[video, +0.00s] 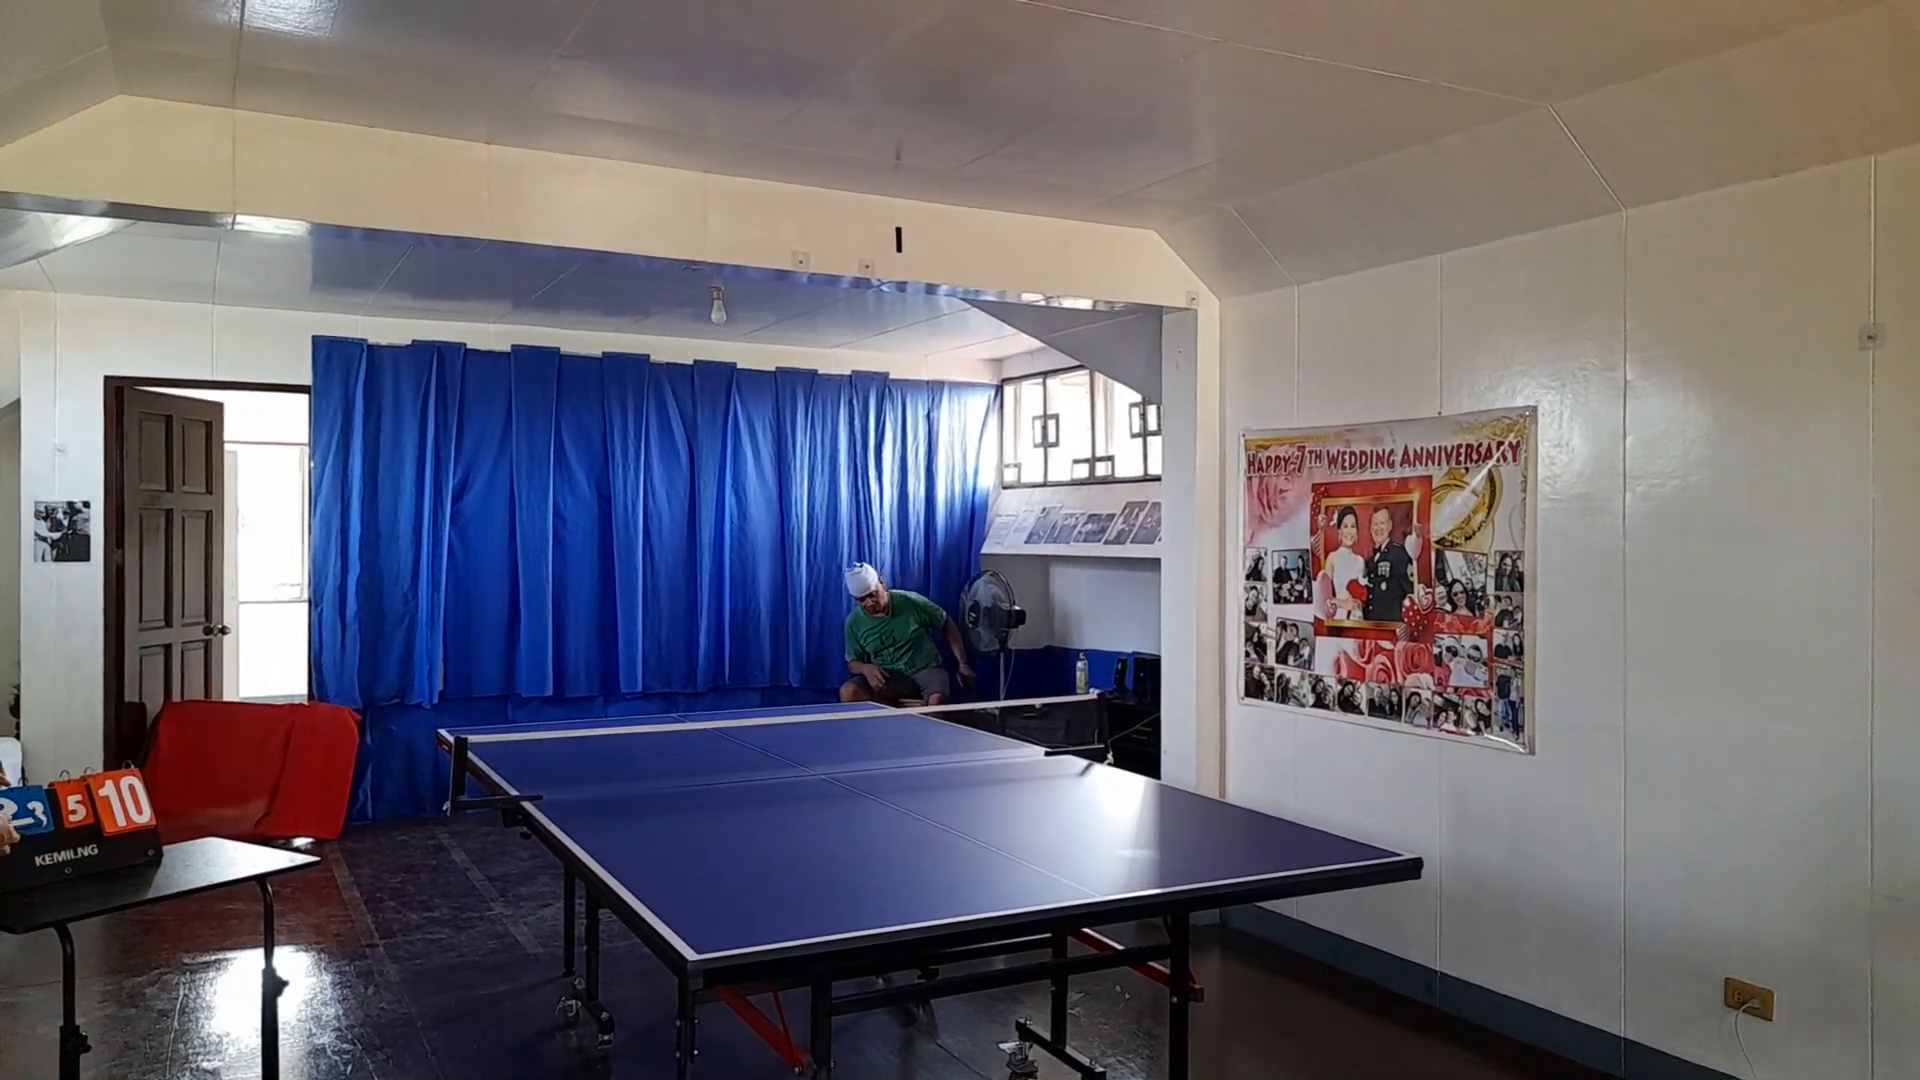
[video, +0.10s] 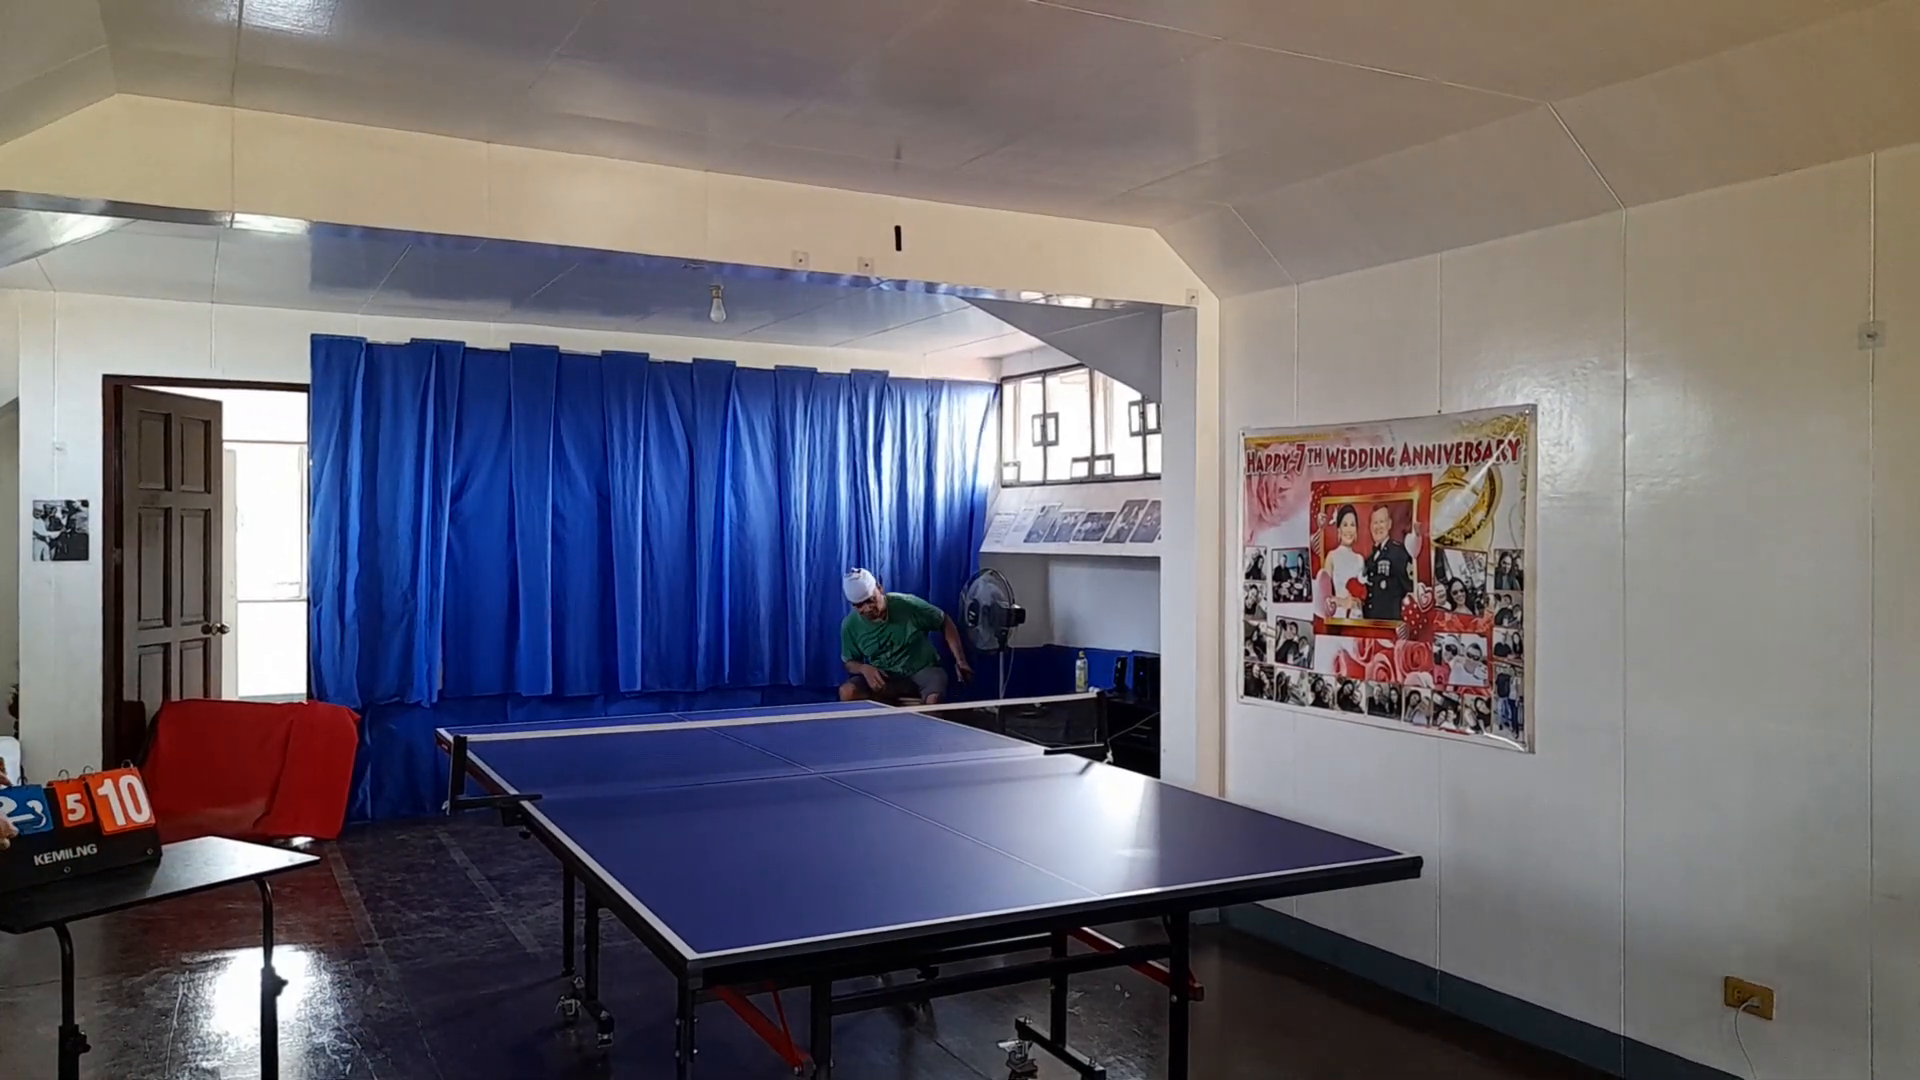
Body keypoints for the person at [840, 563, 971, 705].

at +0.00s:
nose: (869, 603)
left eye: (872, 595)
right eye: (862, 599)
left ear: (882, 584)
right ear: (855, 599)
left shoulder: (909, 602)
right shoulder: (854, 622)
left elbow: (946, 624)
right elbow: (853, 663)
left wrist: (963, 663)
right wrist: (866, 668)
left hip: (923, 669)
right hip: (885, 674)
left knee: (937, 699)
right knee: (848, 692)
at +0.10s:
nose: (867, 609)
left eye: (870, 601)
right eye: (859, 606)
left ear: (880, 589)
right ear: (852, 605)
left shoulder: (907, 604)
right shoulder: (850, 625)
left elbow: (945, 622)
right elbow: (849, 663)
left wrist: (960, 660)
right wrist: (864, 668)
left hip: (921, 670)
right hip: (883, 674)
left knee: (934, 698)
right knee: (847, 691)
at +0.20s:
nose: (866, 615)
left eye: (870, 607)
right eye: (858, 611)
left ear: (879, 595)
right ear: (851, 609)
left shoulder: (904, 610)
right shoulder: (848, 628)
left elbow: (944, 625)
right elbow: (848, 662)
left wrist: (954, 661)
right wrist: (867, 679)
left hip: (918, 671)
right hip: (879, 675)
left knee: (932, 700)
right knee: (846, 693)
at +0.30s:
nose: (861, 606)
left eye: (866, 597)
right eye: (854, 600)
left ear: (878, 588)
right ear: (848, 600)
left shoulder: (903, 610)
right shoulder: (845, 623)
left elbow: (943, 636)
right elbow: (848, 658)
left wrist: (947, 679)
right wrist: (868, 685)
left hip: (916, 669)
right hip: (878, 670)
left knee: (930, 702)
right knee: (843, 695)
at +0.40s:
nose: (855, 579)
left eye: (860, 571)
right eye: (849, 573)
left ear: (876, 570)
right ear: (844, 576)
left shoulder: (898, 597)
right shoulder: (843, 606)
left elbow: (918, 645)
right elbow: (847, 649)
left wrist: (935, 694)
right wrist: (860, 684)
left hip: (908, 660)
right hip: (873, 663)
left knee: (928, 702)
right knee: (842, 694)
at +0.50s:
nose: (850, 552)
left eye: (858, 545)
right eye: (847, 545)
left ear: (875, 548)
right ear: (843, 548)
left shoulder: (891, 581)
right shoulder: (840, 586)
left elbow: (897, 638)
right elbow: (845, 635)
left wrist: (900, 686)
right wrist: (857, 680)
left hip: (912, 646)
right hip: (874, 649)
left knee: (909, 703)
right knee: (843, 695)